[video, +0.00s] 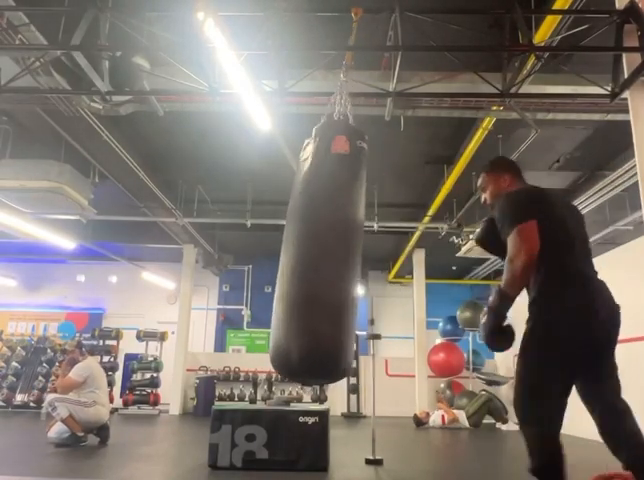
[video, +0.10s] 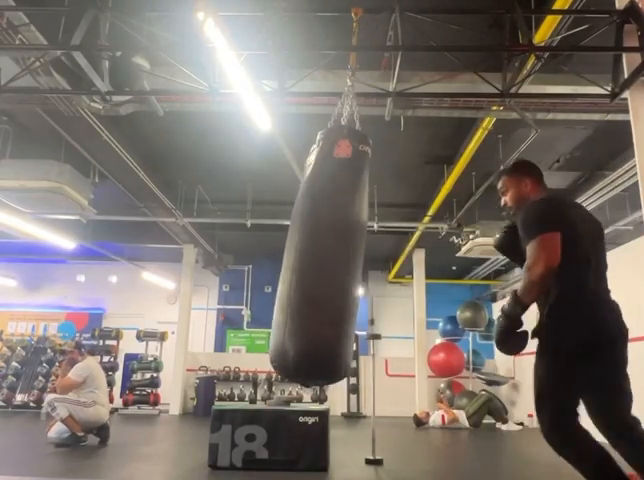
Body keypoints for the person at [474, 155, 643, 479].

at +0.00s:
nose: (484, 200)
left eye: (484, 189)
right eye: (481, 192)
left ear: (504, 178)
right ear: (516, 179)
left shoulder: (513, 200)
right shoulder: (562, 204)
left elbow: (524, 252)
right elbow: (561, 263)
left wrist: (495, 313)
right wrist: (505, 249)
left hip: (557, 310)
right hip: (598, 304)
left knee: (535, 409)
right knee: (606, 402)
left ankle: (548, 473)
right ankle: (640, 466)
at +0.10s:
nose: (503, 203)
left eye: (505, 192)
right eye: (501, 196)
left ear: (526, 184)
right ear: (532, 185)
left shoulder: (538, 208)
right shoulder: (585, 216)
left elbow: (543, 263)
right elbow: (575, 277)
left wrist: (511, 313)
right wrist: (525, 256)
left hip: (565, 330)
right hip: (605, 325)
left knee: (558, 427)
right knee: (615, 420)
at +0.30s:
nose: (507, 202)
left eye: (508, 192)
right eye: (505, 195)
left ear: (530, 182)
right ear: (532, 183)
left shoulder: (550, 202)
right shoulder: (583, 209)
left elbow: (562, 249)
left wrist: (512, 273)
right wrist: (525, 246)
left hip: (577, 320)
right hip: (614, 320)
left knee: (529, 399)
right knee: (631, 415)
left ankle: (582, 474)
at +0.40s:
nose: (501, 201)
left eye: (501, 190)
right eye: (498, 193)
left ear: (521, 179)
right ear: (523, 179)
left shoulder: (545, 195)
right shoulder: (580, 204)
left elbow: (551, 245)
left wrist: (504, 254)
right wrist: (518, 233)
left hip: (568, 310)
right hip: (607, 308)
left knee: (529, 396)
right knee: (612, 408)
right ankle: (639, 470)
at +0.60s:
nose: (494, 213)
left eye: (494, 204)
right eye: (492, 207)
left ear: (509, 193)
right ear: (525, 190)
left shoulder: (528, 209)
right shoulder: (573, 218)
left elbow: (507, 244)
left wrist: (472, 243)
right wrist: (482, 237)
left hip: (540, 334)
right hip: (585, 334)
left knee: (490, 411)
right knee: (600, 425)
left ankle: (492, 472)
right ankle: (630, 474)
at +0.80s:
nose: (474, 203)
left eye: (474, 199)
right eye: (475, 200)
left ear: (478, 194)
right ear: (506, 187)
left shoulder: (479, 207)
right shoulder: (547, 209)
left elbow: (440, 238)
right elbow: (568, 267)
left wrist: (431, 231)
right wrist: (534, 251)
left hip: (500, 327)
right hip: (554, 325)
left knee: (470, 411)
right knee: (594, 413)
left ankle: (470, 472)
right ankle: (629, 472)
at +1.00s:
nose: (435, 212)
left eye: (434, 205)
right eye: (432, 206)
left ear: (445, 199)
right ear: (465, 191)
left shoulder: (452, 229)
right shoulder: (512, 208)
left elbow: (447, 291)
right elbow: (537, 245)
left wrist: (447, 266)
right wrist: (502, 250)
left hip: (493, 335)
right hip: (543, 328)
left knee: (464, 431)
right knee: (579, 413)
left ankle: (452, 474)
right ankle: (626, 474)